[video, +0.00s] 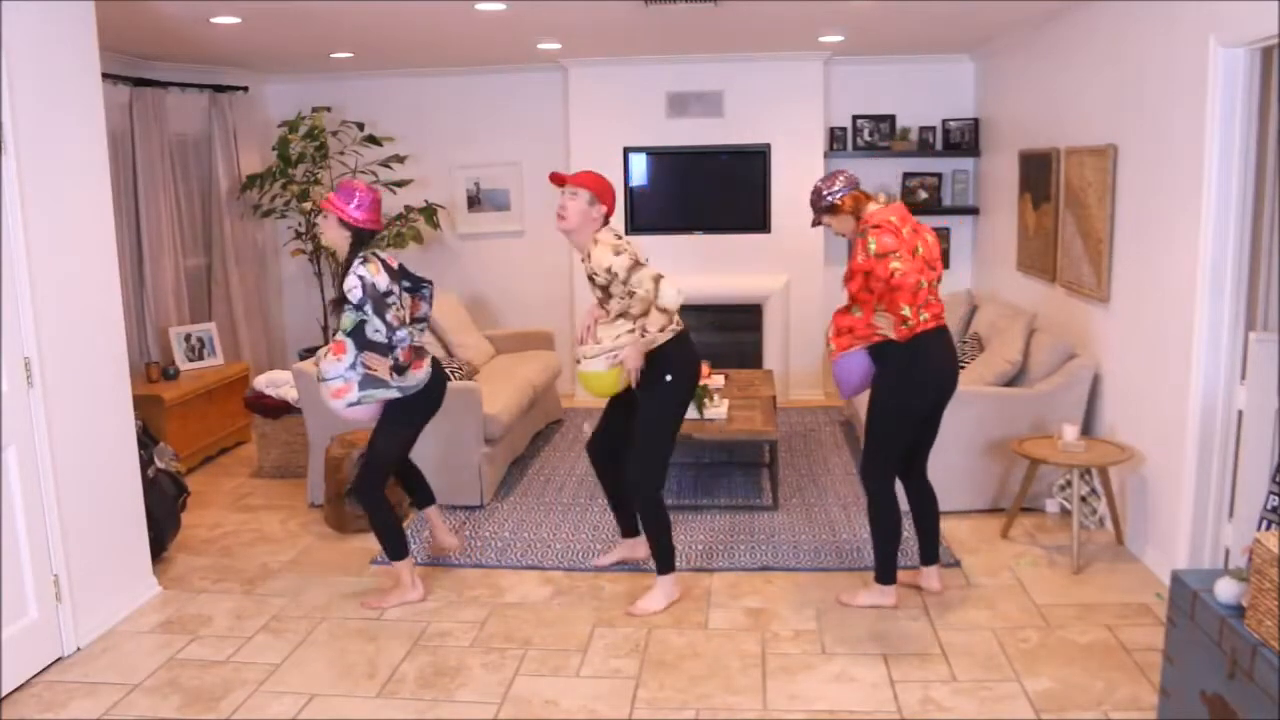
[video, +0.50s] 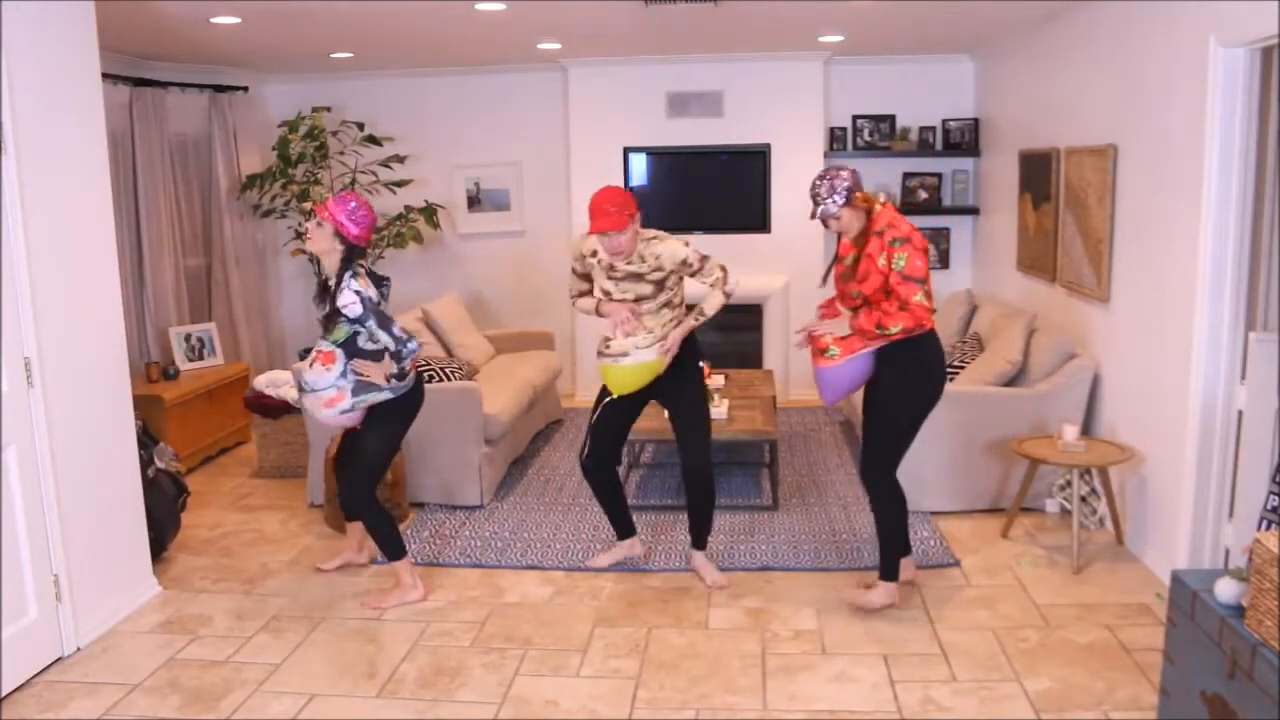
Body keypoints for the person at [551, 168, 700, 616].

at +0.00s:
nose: (561, 205)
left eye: (572, 199)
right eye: (562, 197)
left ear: (598, 212)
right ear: (566, 208)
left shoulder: (610, 255)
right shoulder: (593, 249)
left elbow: (667, 297)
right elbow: (624, 287)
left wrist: (638, 346)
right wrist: (594, 314)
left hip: (672, 361)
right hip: (647, 361)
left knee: (642, 473)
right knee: (604, 449)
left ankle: (668, 579)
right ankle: (632, 540)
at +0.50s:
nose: (614, 242)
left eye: (621, 232)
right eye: (605, 235)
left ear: (637, 223)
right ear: (594, 232)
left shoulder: (667, 250)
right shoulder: (586, 252)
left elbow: (721, 282)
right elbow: (578, 295)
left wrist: (684, 329)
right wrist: (606, 307)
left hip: (677, 359)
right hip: (626, 362)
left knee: (697, 457)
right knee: (595, 459)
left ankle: (699, 550)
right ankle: (628, 540)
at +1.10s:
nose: (625, 186)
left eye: (634, 177)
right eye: (616, 177)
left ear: (649, 180)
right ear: (605, 182)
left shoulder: (675, 224)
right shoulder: (584, 217)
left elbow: (714, 273)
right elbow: (546, 271)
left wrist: (674, 316)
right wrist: (594, 282)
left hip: (653, 349)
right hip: (601, 350)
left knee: (686, 451)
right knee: (569, 456)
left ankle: (701, 552)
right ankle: (587, 543)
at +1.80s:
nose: (616, 248)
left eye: (625, 240)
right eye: (607, 239)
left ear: (639, 247)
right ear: (593, 244)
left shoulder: (662, 278)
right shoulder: (570, 279)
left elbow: (693, 307)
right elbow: (548, 311)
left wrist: (665, 357)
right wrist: (591, 338)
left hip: (650, 376)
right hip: (592, 377)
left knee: (699, 455)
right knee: (546, 467)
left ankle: (703, 553)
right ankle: (554, 556)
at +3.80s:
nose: (607, 226)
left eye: (618, 225)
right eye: (600, 224)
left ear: (633, 247)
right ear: (589, 243)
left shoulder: (653, 293)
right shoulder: (563, 295)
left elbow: (678, 352)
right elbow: (554, 356)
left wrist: (663, 413)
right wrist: (589, 399)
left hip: (650, 402)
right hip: (588, 403)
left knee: (718, 468)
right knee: (524, 473)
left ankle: (704, 554)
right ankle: (552, 556)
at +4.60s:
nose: (606, 293)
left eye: (614, 285)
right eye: (598, 286)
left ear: (629, 265)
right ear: (584, 267)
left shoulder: (658, 276)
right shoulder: (564, 283)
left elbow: (685, 337)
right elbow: (552, 340)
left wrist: (650, 392)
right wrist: (591, 392)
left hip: (652, 389)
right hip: (591, 392)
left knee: (714, 464)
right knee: (534, 468)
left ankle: (703, 555)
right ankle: (552, 556)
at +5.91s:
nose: (611, 274)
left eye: (617, 264)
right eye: (603, 265)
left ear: (633, 252)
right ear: (591, 255)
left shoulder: (653, 272)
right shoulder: (576, 272)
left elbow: (679, 341)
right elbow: (543, 331)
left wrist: (657, 391)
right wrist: (576, 388)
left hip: (651, 393)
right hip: (592, 394)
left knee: (719, 466)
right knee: (530, 471)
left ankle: (704, 555)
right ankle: (551, 556)